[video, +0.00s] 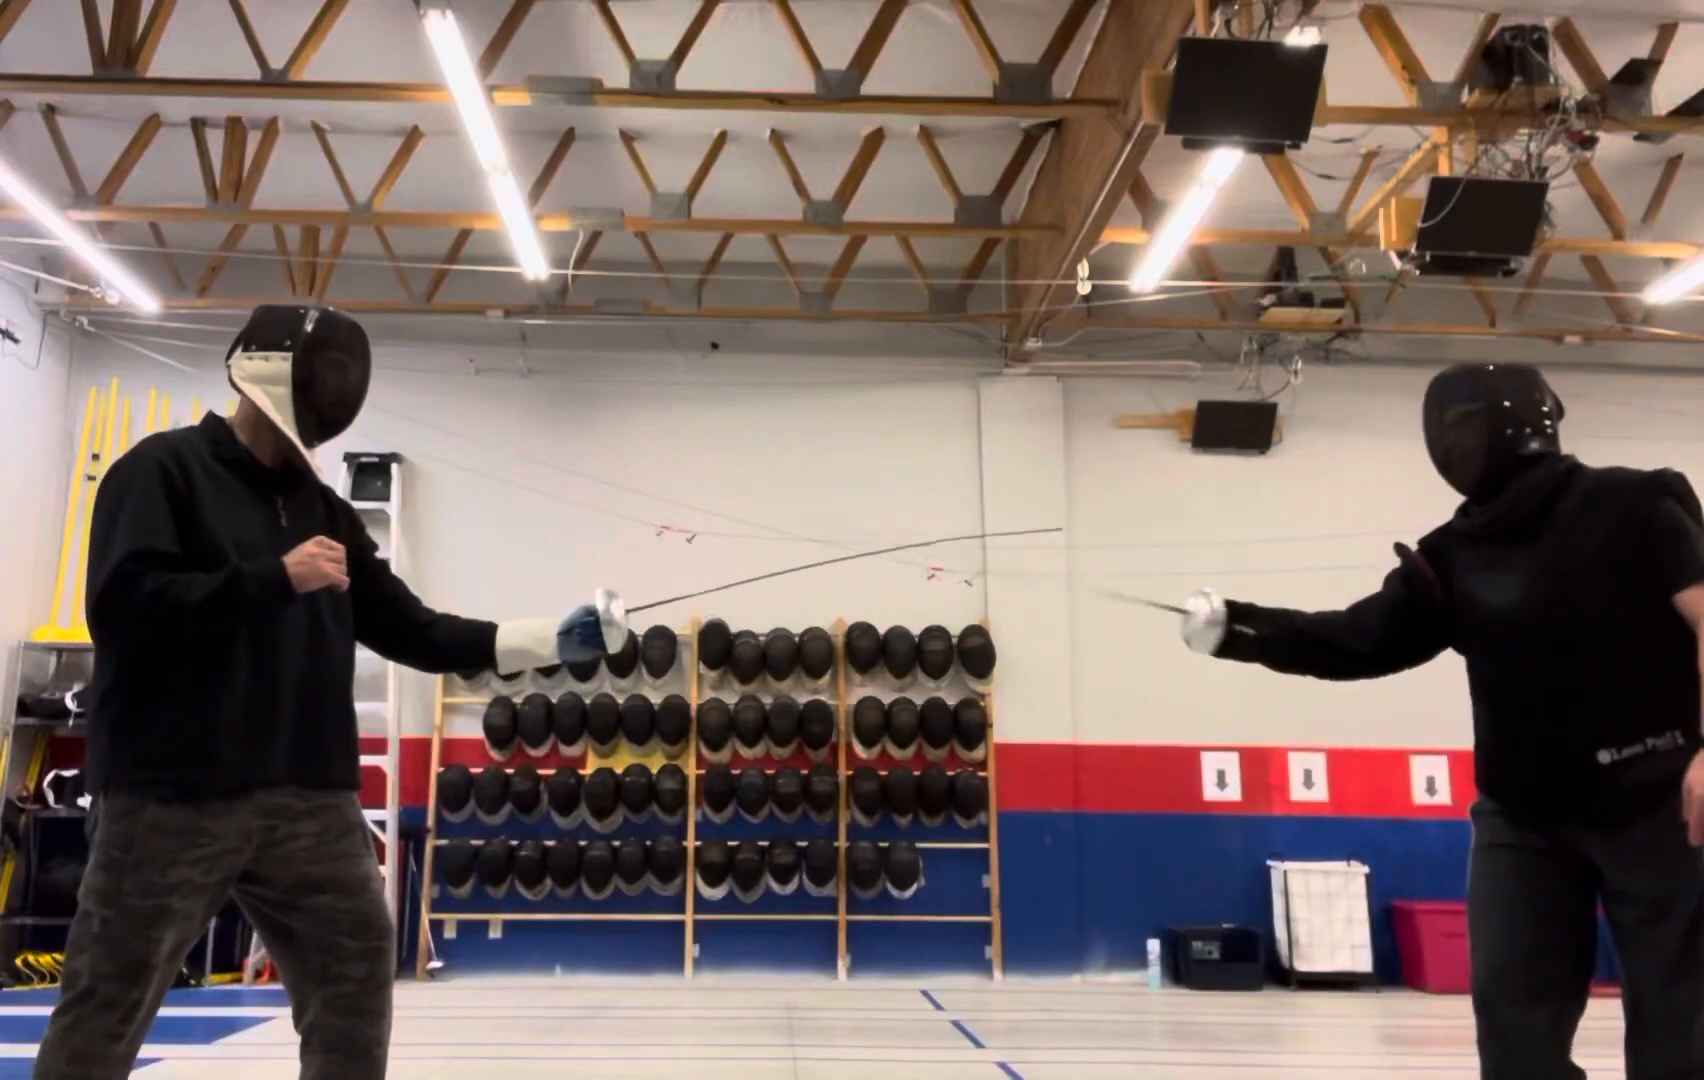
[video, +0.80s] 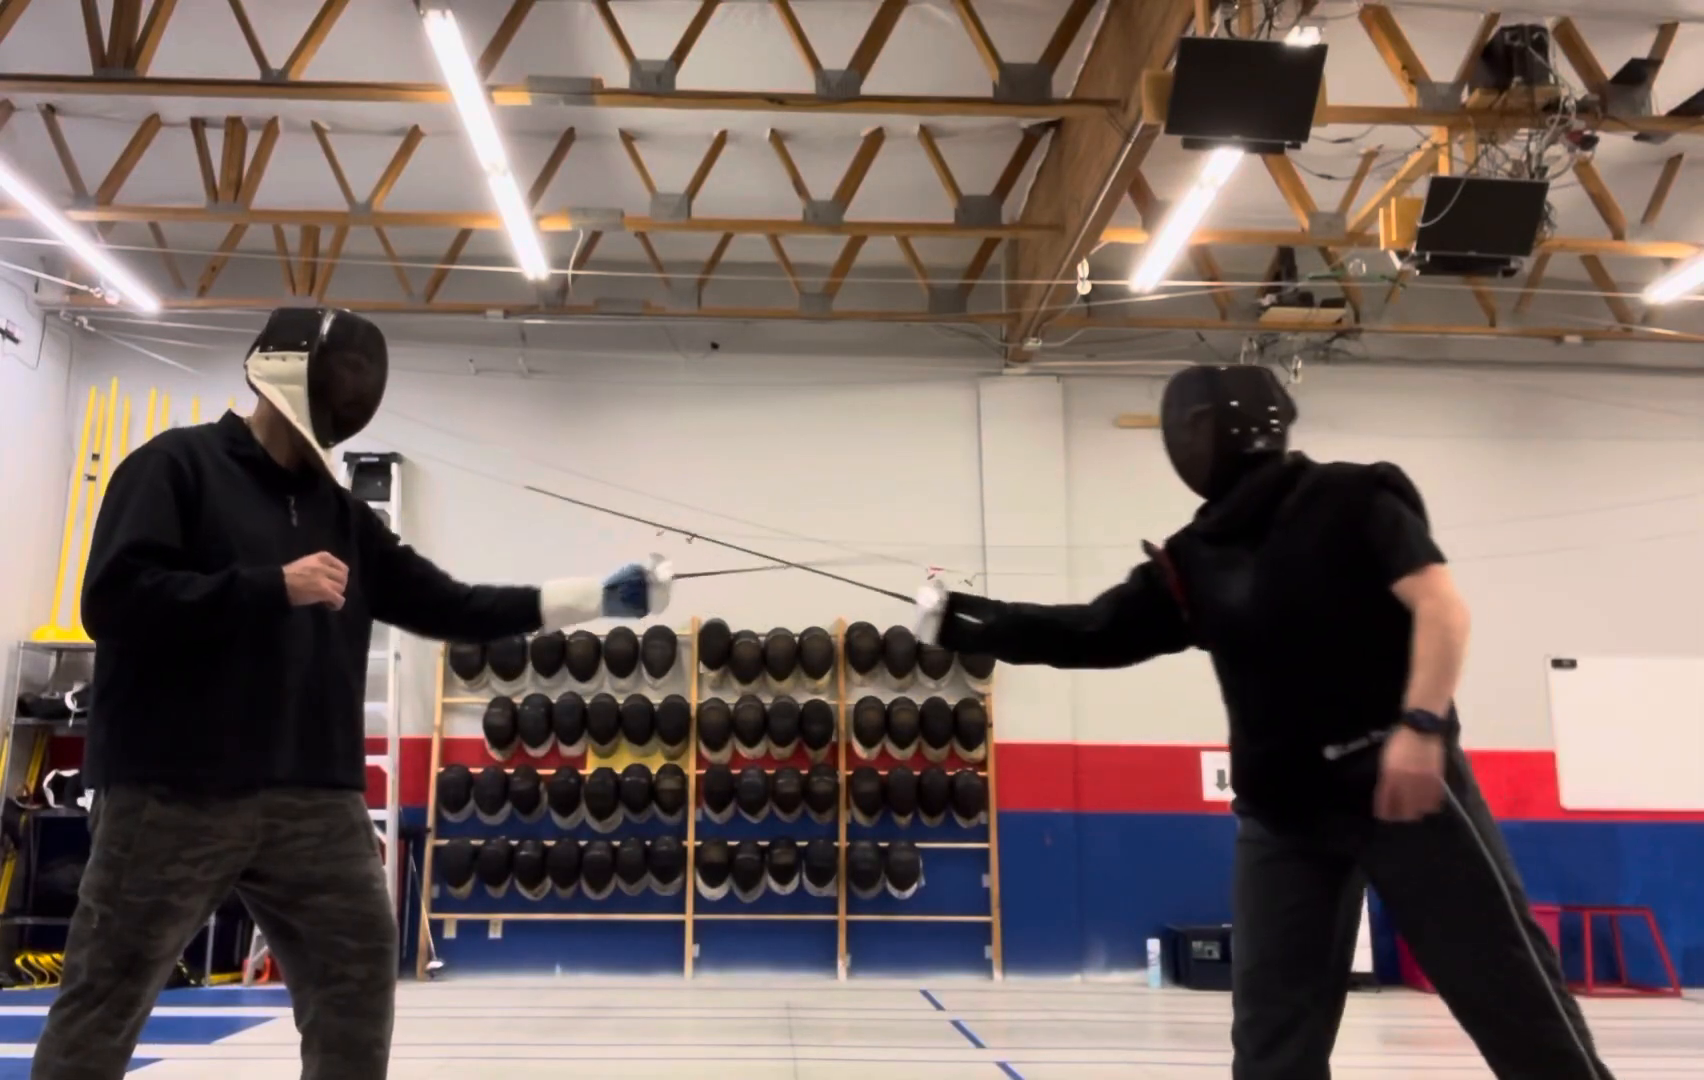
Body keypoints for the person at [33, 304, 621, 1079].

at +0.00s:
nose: (327, 398)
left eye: (337, 383)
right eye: (314, 376)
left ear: (332, 395)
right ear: (260, 368)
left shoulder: (320, 511)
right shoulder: (154, 472)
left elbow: (408, 629)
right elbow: (125, 608)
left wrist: (549, 642)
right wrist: (275, 576)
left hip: (305, 801)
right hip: (168, 801)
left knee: (355, 975)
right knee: (104, 1012)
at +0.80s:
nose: (327, 438)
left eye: (340, 422)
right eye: (318, 416)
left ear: (348, 411)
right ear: (275, 386)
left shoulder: (337, 514)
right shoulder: (170, 468)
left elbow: (448, 607)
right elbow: (112, 598)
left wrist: (591, 598)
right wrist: (269, 586)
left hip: (310, 803)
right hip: (170, 796)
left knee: (355, 1004)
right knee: (98, 1014)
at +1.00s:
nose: (352, 443)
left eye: (363, 427)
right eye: (341, 418)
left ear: (367, 423)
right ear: (297, 391)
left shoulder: (369, 515)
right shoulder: (187, 464)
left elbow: (497, 529)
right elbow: (122, 587)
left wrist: (645, 501)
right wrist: (279, 586)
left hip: (305, 796)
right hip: (163, 790)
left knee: (352, 985)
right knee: (96, 1000)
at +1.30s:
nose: (346, 431)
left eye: (357, 415)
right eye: (335, 406)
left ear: (364, 415)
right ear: (288, 383)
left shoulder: (365, 513)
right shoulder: (182, 468)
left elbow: (494, 532)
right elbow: (120, 595)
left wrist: (641, 507)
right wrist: (276, 585)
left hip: (315, 801)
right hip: (171, 796)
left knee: (357, 1005)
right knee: (98, 1013)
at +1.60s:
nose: (344, 400)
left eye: (350, 387)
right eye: (324, 382)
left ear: (347, 404)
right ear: (265, 375)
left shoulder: (327, 512)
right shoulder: (162, 473)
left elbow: (393, 641)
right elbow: (112, 608)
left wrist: (514, 661)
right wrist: (273, 586)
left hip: (309, 803)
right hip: (169, 798)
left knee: (354, 994)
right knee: (102, 1008)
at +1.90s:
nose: (325, 401)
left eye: (335, 387)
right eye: (311, 380)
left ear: (332, 397)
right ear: (257, 370)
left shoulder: (321, 513)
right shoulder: (153, 470)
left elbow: (394, 639)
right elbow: (106, 603)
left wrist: (524, 656)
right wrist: (264, 583)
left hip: (298, 795)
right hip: (162, 792)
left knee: (347, 969)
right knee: (102, 1001)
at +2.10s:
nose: (310, 417)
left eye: (324, 403)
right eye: (302, 392)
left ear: (332, 405)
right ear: (258, 371)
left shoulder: (323, 510)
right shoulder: (152, 471)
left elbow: (404, 631)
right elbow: (105, 607)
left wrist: (537, 648)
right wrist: (263, 587)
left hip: (303, 798)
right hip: (166, 793)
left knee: (349, 976)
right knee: (103, 1003)